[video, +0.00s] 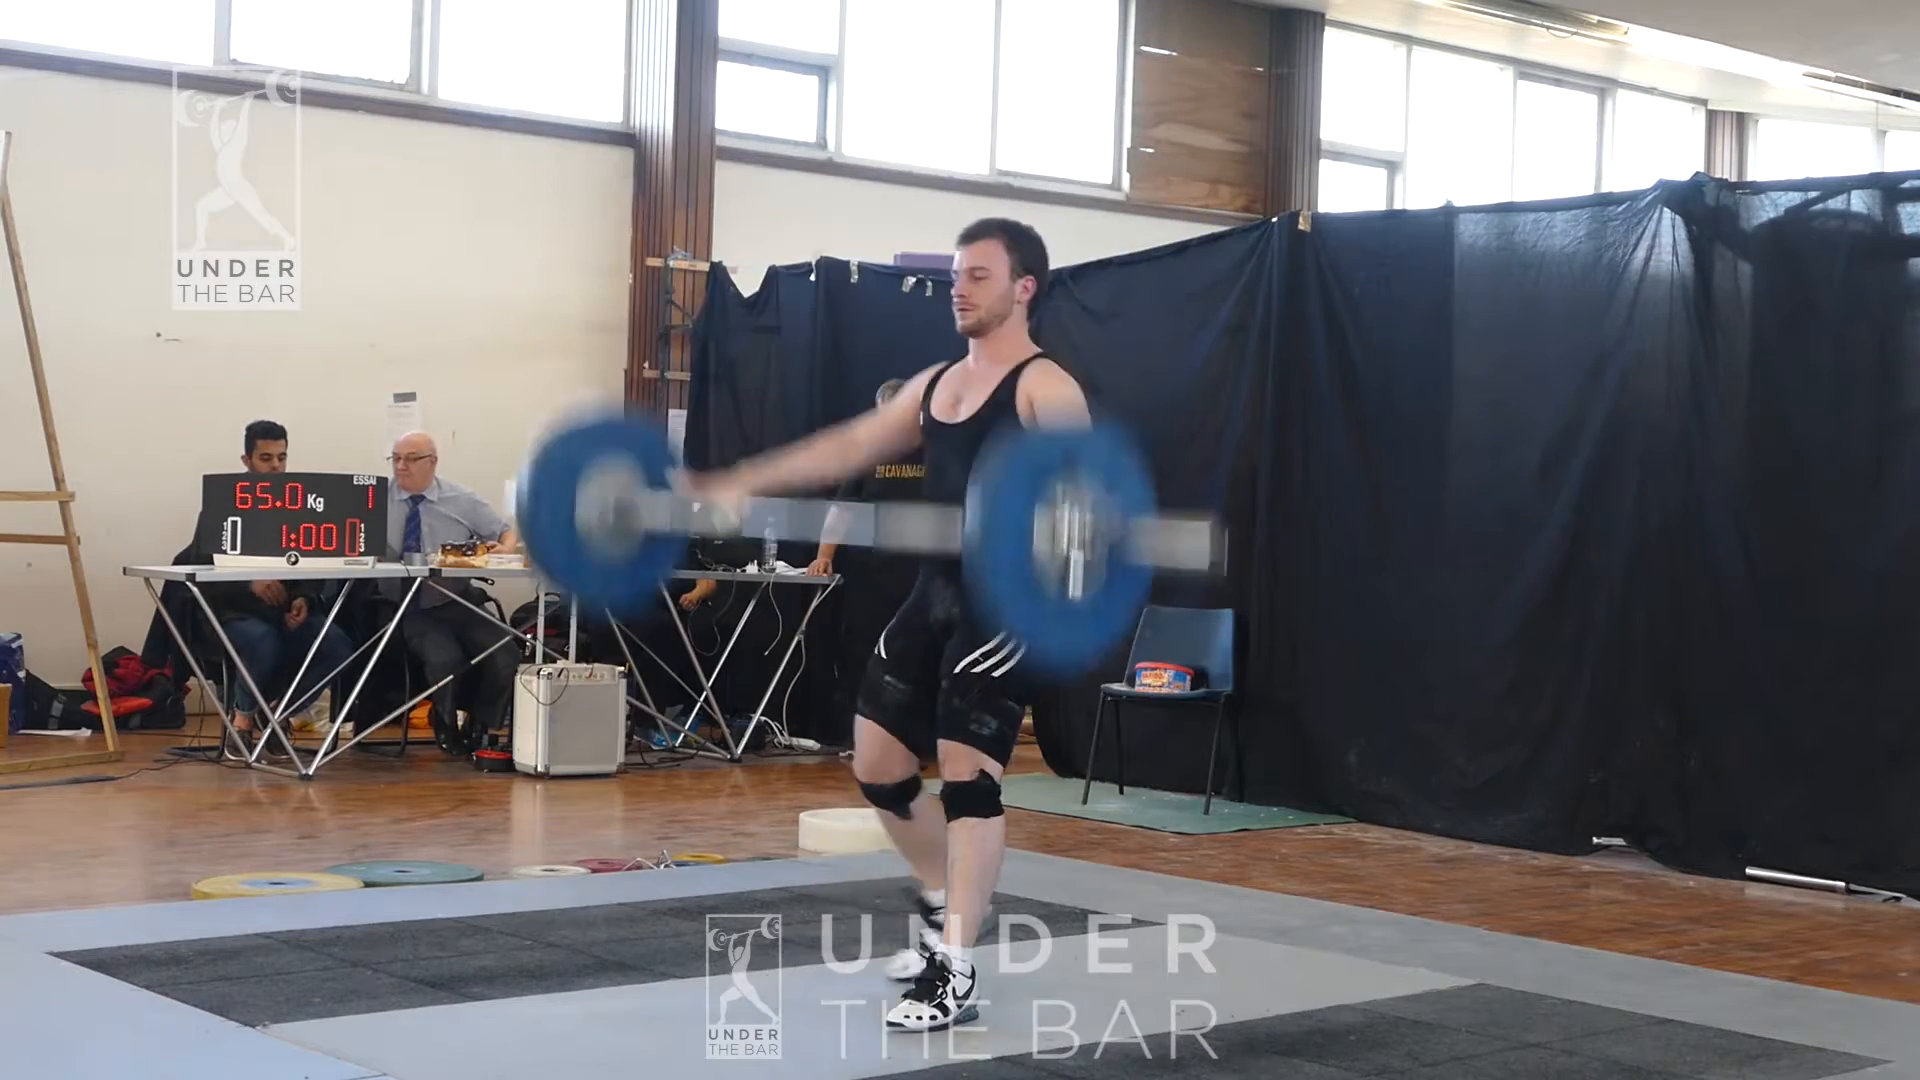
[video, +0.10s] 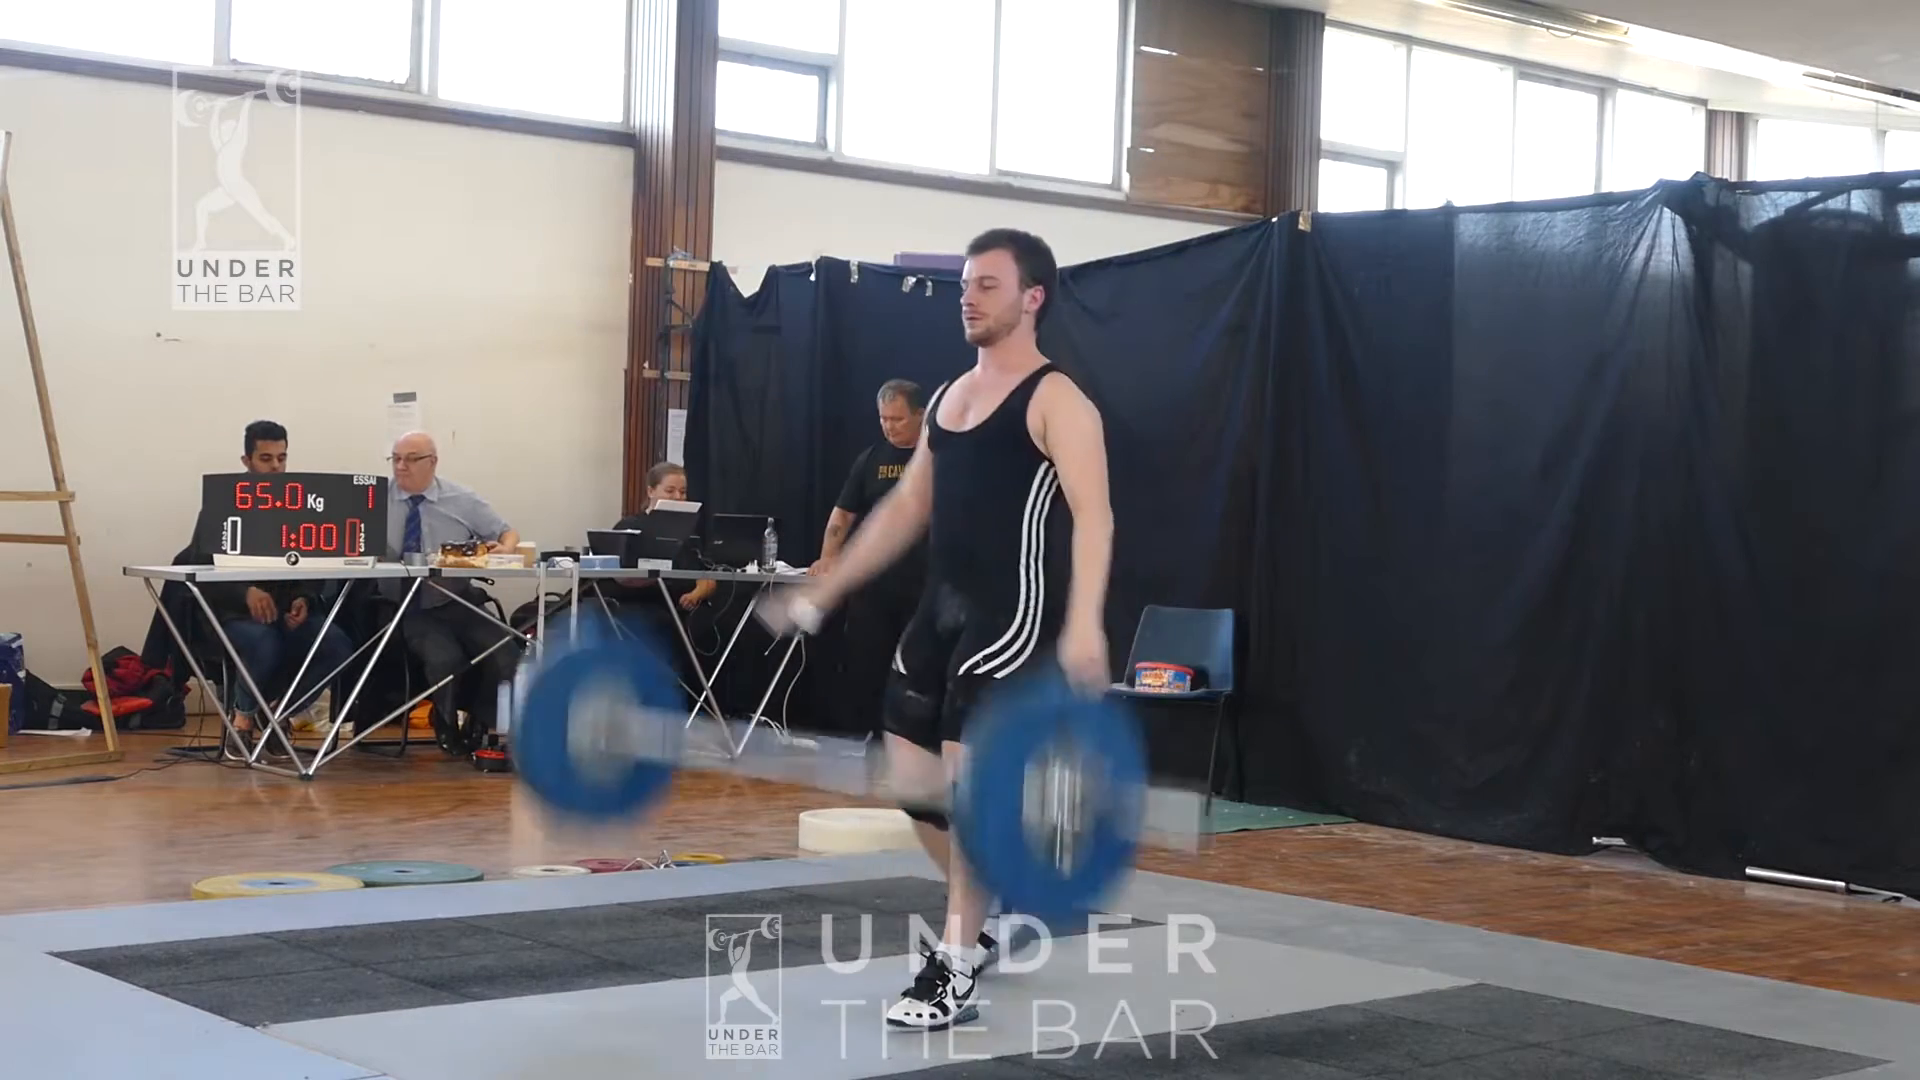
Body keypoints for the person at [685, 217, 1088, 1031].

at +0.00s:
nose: (959, 289)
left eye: (977, 276)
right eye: (957, 276)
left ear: (1024, 289)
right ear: (959, 287)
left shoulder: (1046, 386)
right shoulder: (934, 385)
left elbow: (1088, 498)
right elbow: (846, 448)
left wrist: (1060, 557)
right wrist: (734, 482)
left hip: (1008, 601)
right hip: (937, 593)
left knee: (966, 768)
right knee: (880, 763)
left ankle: (955, 972)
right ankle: (947, 906)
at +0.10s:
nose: (968, 298)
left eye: (986, 285)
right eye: (965, 286)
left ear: (1033, 299)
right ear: (967, 297)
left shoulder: (1058, 402)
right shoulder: (952, 396)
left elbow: (1094, 517)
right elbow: (906, 508)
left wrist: (1084, 624)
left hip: (1013, 633)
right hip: (937, 624)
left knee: (975, 789)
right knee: (913, 784)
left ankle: (957, 962)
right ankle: (1004, 909)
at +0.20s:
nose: (974, 304)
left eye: (991, 291)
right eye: (971, 292)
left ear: (1036, 304)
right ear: (972, 304)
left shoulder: (1070, 405)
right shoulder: (960, 402)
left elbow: (1112, 518)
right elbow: (938, 522)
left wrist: (1131, 625)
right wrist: (909, 625)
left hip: (1030, 619)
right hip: (955, 615)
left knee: (981, 771)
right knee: (937, 776)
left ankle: (982, 958)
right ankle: (989, 935)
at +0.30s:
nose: (981, 298)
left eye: (998, 285)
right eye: (978, 285)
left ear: (1044, 295)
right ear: (980, 295)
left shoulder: (1084, 393)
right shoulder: (970, 394)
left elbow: (1135, 498)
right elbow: (958, 512)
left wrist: (1149, 610)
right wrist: (944, 614)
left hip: (1056, 620)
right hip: (981, 612)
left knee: (972, 757)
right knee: (972, 763)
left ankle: (992, 938)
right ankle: (1010, 920)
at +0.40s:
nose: (991, 301)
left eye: (1006, 287)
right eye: (986, 288)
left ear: (1053, 290)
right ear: (987, 294)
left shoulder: (1092, 380)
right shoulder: (981, 389)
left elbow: (1160, 473)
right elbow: (971, 494)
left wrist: (1146, 584)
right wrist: (957, 590)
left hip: (1071, 614)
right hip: (994, 612)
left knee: (1056, 766)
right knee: (984, 762)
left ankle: (1061, 938)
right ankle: (1002, 930)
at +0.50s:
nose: (1002, 313)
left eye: (1016, 299)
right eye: (996, 300)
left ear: (1061, 296)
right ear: (995, 303)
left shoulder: (1106, 380)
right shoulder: (998, 390)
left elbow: (1185, 468)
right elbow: (996, 496)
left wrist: (1168, 583)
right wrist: (1002, 578)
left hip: (1095, 606)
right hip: (1017, 603)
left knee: (1081, 761)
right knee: (1003, 756)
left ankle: (1127, 923)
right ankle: (1005, 927)